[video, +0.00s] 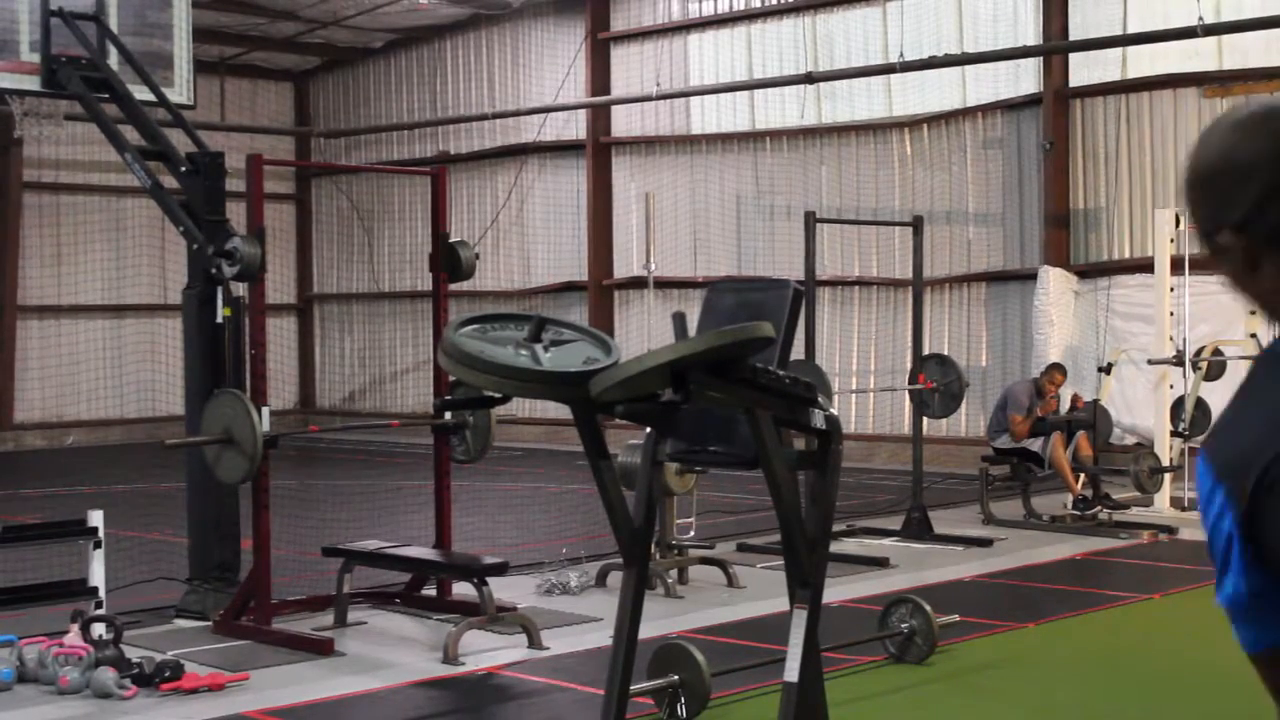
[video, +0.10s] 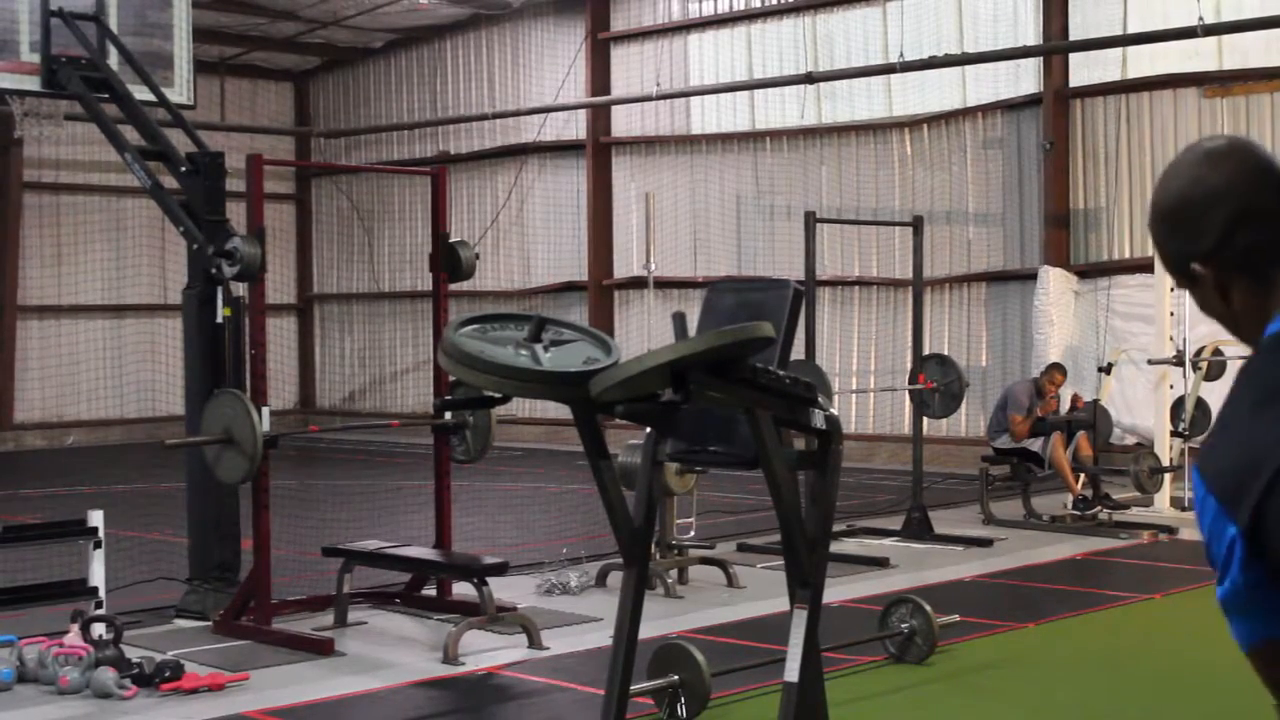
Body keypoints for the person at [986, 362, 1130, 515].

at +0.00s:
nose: (1053, 390)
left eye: (1057, 387)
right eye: (1050, 384)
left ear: (1060, 386)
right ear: (1041, 376)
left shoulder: (1050, 395)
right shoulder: (1020, 392)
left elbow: (1052, 426)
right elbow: (1017, 435)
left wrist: (1071, 412)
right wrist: (1040, 413)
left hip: (1028, 438)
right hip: (1003, 439)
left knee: (1080, 436)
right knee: (1054, 439)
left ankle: (1098, 493)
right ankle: (1078, 497)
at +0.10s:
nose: (1053, 390)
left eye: (1057, 387)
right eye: (1051, 384)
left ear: (1060, 386)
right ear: (1041, 376)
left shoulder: (1049, 395)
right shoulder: (1020, 392)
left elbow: (1052, 426)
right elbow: (1017, 435)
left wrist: (1071, 412)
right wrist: (1040, 413)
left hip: (1028, 438)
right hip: (1003, 439)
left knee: (1080, 436)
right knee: (1054, 439)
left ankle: (1098, 493)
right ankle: (1078, 498)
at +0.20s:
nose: (1053, 390)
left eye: (1057, 387)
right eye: (1051, 384)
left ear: (1060, 386)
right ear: (1041, 376)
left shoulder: (1050, 395)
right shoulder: (1020, 392)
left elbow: (1052, 426)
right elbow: (1017, 434)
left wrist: (1072, 412)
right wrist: (1040, 413)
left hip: (1028, 438)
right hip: (1003, 440)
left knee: (1080, 436)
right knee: (1055, 439)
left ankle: (1098, 494)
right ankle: (1078, 498)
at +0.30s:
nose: (1053, 390)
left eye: (1058, 387)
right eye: (1051, 384)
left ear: (1061, 386)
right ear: (1041, 376)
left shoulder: (1049, 395)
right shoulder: (1020, 392)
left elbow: (1052, 426)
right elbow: (1017, 434)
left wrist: (1072, 412)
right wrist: (1040, 413)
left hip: (1028, 438)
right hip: (1003, 440)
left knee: (1080, 436)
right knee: (1055, 439)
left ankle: (1098, 494)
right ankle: (1078, 497)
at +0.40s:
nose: (1053, 390)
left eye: (1057, 387)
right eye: (1051, 384)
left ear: (1061, 386)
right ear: (1041, 376)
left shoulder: (1049, 395)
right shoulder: (1020, 392)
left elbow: (1051, 426)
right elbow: (1017, 434)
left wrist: (1072, 412)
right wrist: (1040, 413)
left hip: (1028, 438)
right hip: (1003, 440)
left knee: (1080, 436)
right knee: (1055, 439)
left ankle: (1098, 494)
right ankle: (1078, 497)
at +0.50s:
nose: (1053, 390)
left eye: (1058, 387)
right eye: (1051, 384)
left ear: (1061, 386)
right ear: (1041, 376)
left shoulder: (1049, 396)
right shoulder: (1020, 392)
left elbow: (1051, 426)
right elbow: (1017, 434)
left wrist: (1072, 412)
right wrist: (1040, 413)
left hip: (1029, 438)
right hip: (1003, 440)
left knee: (1080, 436)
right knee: (1055, 439)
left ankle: (1098, 494)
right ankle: (1078, 497)